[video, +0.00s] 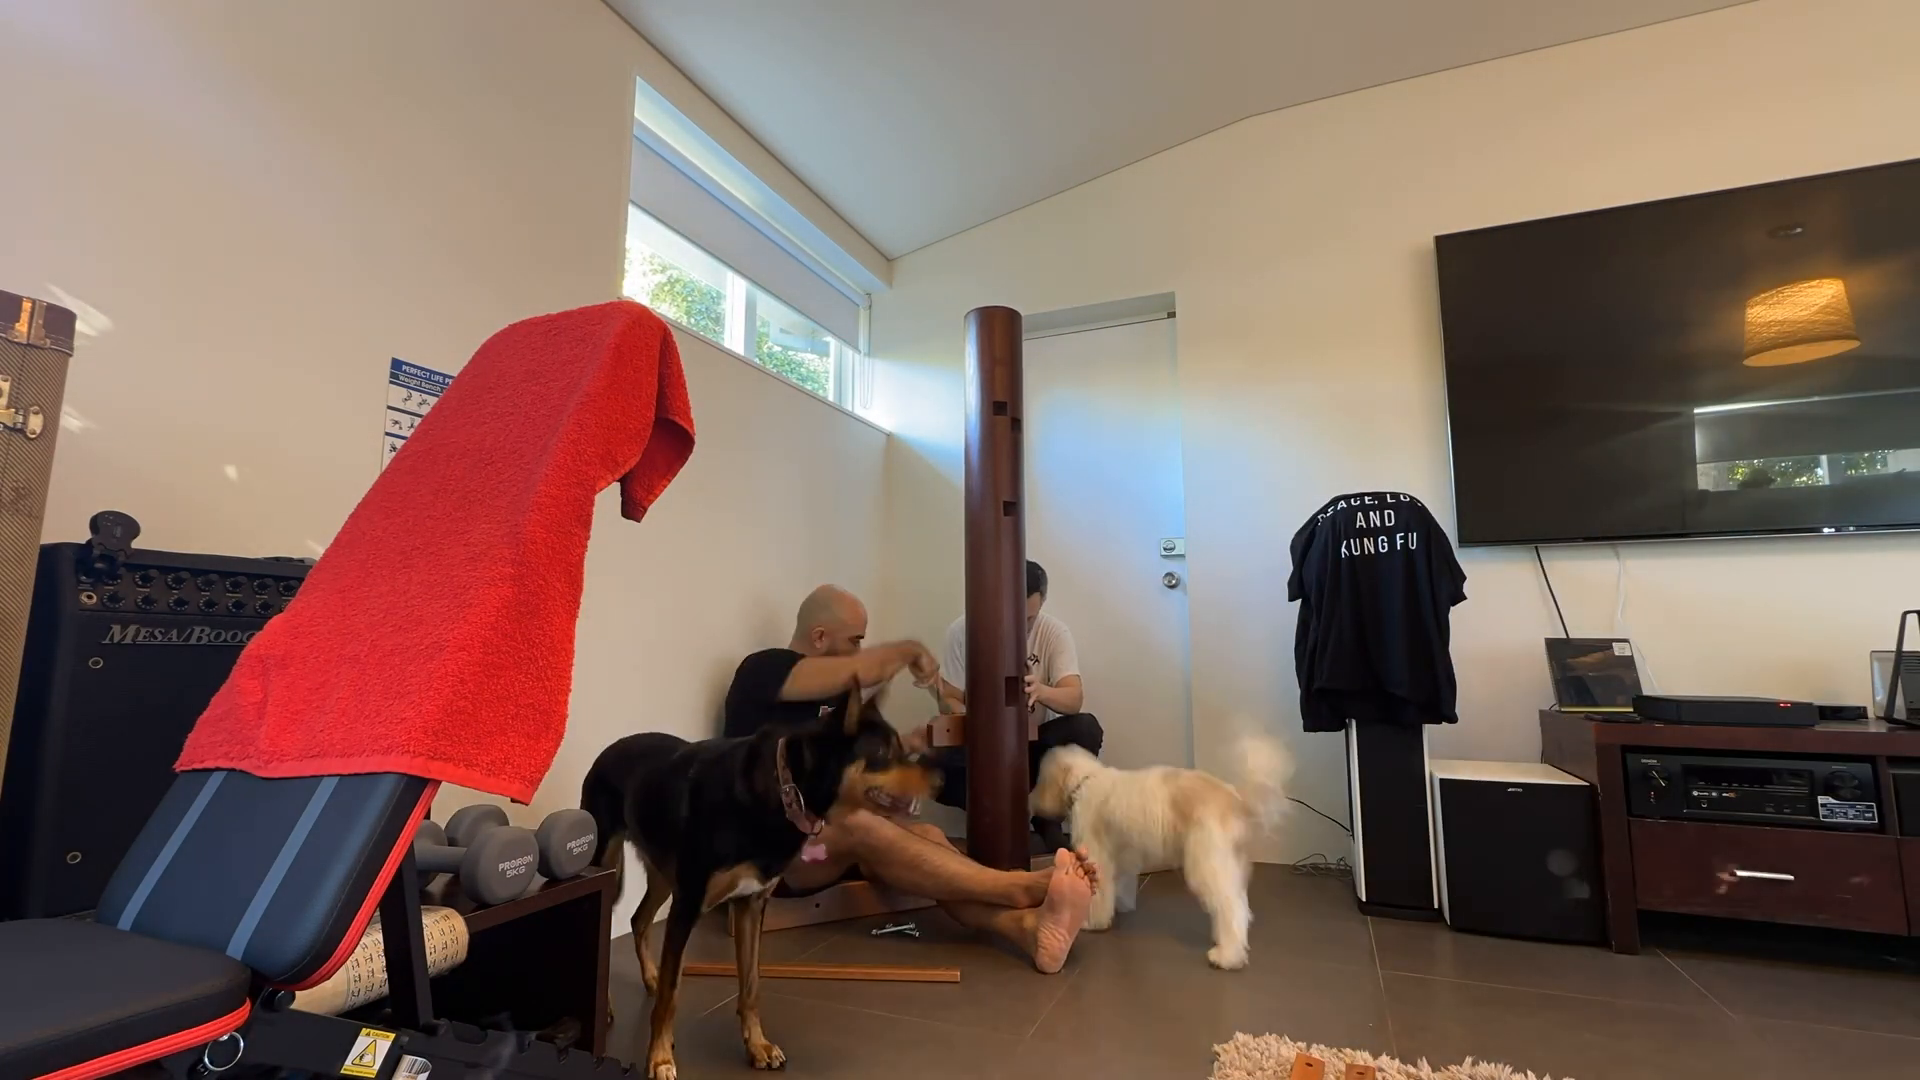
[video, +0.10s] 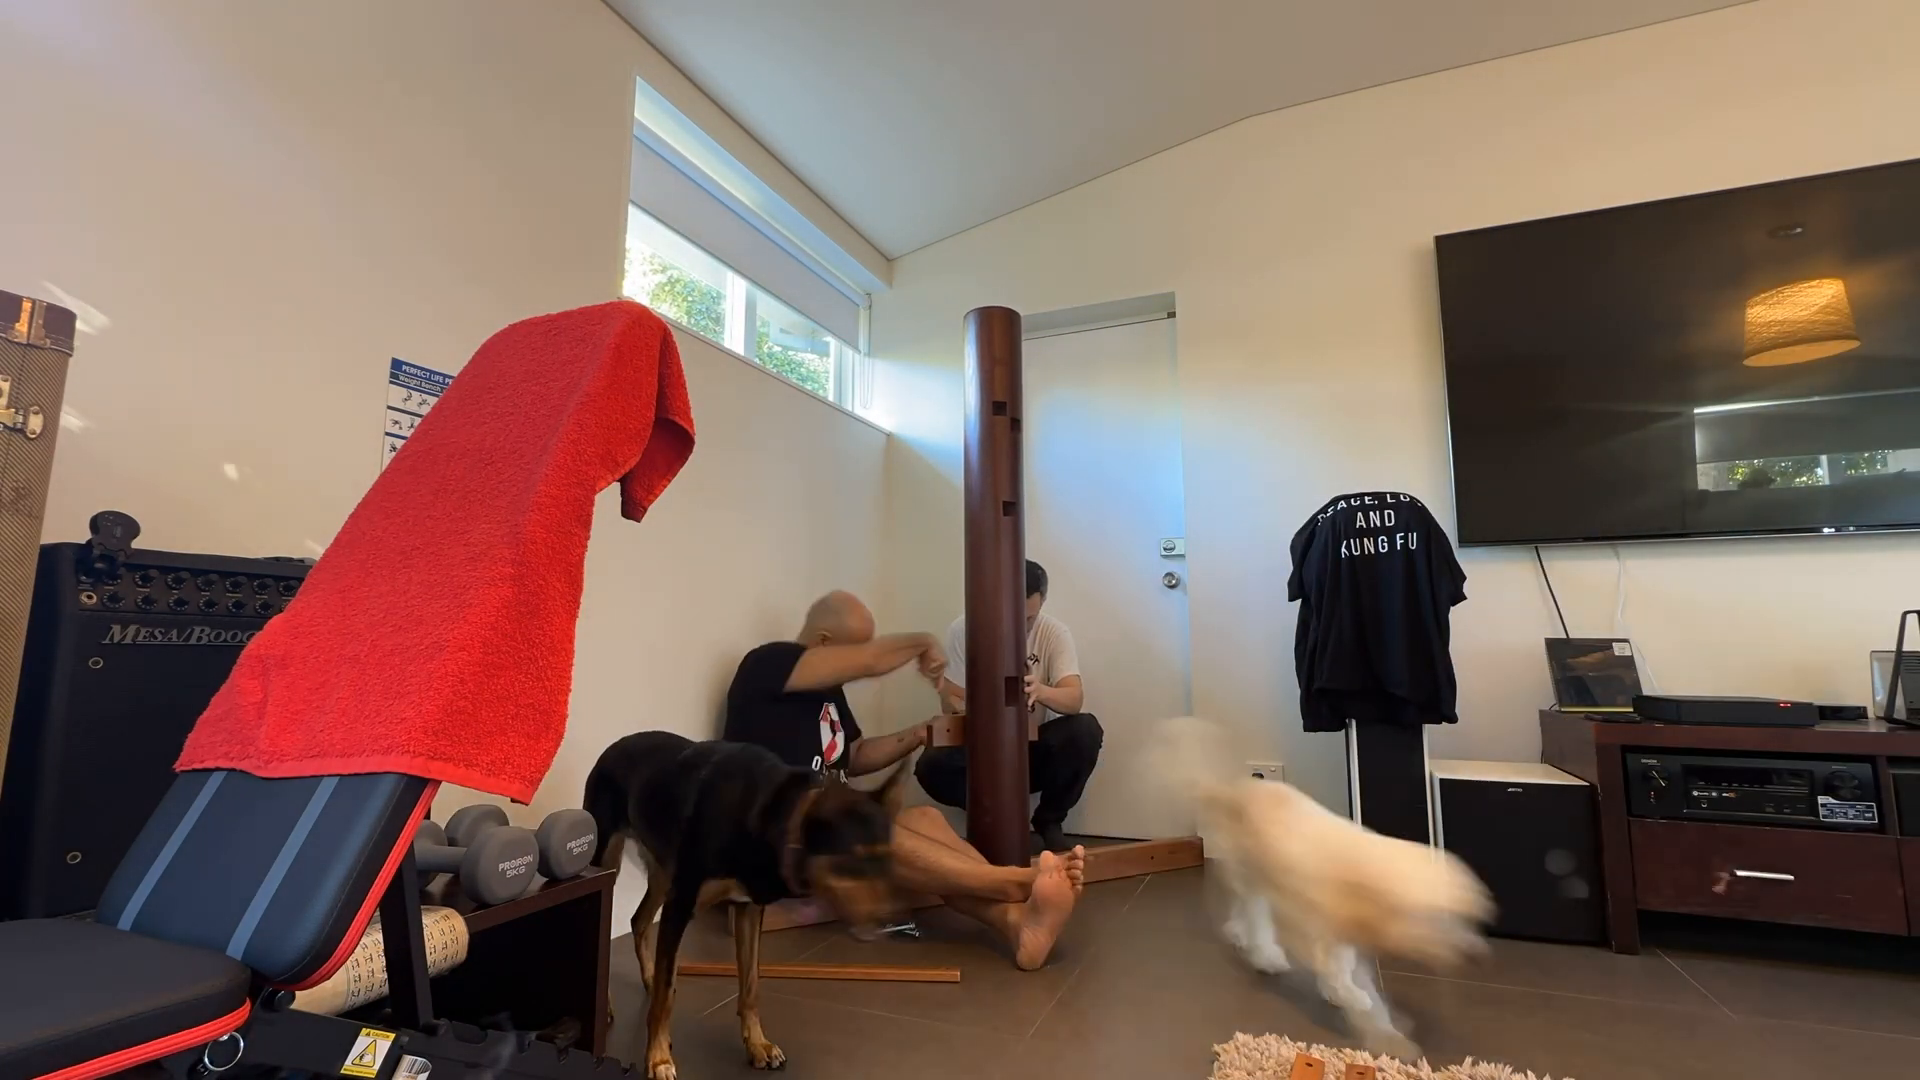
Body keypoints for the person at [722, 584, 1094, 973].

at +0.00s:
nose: (861, 650)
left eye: (862, 641)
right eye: (853, 641)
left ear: (825, 636)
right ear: (818, 638)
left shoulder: (848, 695)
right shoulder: (762, 669)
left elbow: (858, 766)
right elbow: (854, 675)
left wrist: (916, 740)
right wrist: (908, 649)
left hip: (830, 836)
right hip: (767, 840)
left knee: (927, 836)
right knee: (859, 824)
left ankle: (1030, 932)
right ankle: (1024, 886)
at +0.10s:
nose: (854, 662)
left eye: (859, 652)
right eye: (849, 652)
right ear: (821, 638)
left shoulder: (829, 695)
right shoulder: (764, 666)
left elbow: (857, 758)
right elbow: (866, 663)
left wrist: (923, 732)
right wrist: (920, 643)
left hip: (822, 840)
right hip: (765, 845)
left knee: (926, 820)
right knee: (875, 835)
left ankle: (1018, 924)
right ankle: (1017, 883)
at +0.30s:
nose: (855, 644)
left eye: (857, 632)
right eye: (851, 630)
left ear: (817, 629)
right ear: (815, 627)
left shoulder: (827, 693)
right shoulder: (763, 683)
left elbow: (849, 762)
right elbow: (808, 776)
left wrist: (919, 745)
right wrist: (897, 776)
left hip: (824, 840)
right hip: (769, 851)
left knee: (926, 820)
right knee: (868, 841)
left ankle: (1019, 926)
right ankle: (1019, 881)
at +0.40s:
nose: (852, 635)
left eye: (850, 624)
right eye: (847, 624)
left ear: (815, 629)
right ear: (816, 627)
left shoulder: (824, 687)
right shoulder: (761, 684)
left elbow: (853, 753)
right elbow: (814, 774)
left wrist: (921, 742)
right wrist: (897, 774)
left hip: (819, 836)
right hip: (764, 849)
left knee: (921, 817)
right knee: (848, 819)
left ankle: (1019, 927)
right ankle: (1019, 882)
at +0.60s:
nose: (853, 643)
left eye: (855, 633)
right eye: (849, 631)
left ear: (817, 629)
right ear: (816, 627)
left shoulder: (827, 690)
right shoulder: (758, 671)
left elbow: (857, 753)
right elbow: (857, 675)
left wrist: (924, 726)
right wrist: (907, 651)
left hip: (829, 837)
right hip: (765, 846)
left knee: (924, 819)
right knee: (850, 814)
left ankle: (1019, 926)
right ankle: (1019, 881)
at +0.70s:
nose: (849, 642)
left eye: (850, 633)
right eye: (845, 631)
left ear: (814, 625)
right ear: (813, 625)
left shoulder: (821, 691)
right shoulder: (759, 674)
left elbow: (843, 764)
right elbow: (814, 748)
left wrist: (903, 741)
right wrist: (877, 705)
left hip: (824, 835)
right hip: (761, 844)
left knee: (927, 839)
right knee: (867, 830)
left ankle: (1034, 930)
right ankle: (1041, 883)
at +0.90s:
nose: (860, 637)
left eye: (858, 627)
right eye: (854, 628)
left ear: (821, 633)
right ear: (826, 634)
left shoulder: (836, 690)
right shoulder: (757, 702)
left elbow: (861, 764)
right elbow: (765, 807)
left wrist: (892, 799)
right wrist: (852, 816)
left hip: (830, 839)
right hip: (762, 851)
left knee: (947, 840)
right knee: (870, 846)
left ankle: (1030, 930)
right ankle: (1032, 890)